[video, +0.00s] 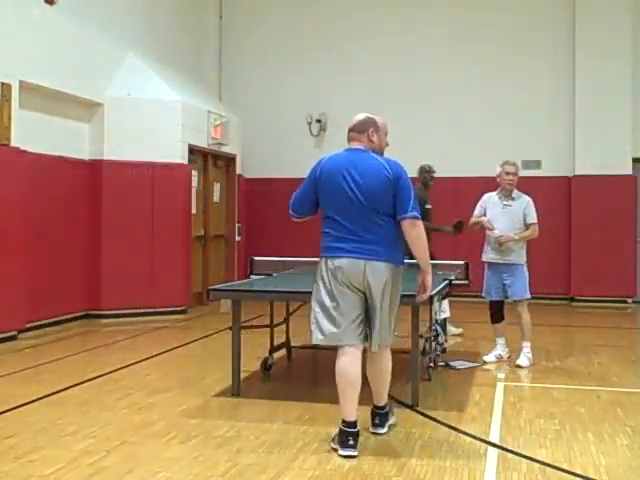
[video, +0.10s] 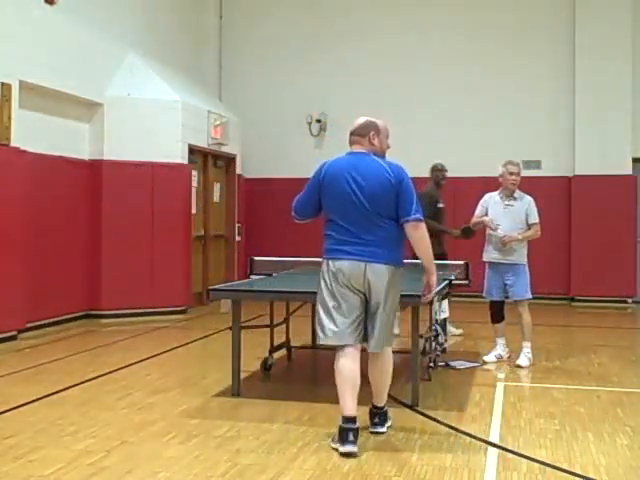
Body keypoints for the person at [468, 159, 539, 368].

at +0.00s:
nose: (510, 178)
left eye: (513, 175)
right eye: (506, 174)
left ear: (518, 178)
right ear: (498, 177)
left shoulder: (525, 202)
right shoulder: (487, 199)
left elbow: (533, 231)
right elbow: (471, 222)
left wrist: (512, 237)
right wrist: (481, 220)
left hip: (516, 262)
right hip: (493, 261)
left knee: (521, 305)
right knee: (495, 304)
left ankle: (526, 348)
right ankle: (500, 347)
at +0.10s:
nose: (514, 179)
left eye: (517, 175)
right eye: (510, 174)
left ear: (520, 178)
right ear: (500, 176)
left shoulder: (527, 202)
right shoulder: (488, 199)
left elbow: (536, 230)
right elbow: (473, 222)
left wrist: (516, 237)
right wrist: (483, 219)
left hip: (517, 262)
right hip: (493, 261)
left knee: (521, 305)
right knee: (495, 304)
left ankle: (526, 349)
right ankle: (501, 347)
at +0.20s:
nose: (516, 179)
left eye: (519, 175)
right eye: (512, 174)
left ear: (522, 178)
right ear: (502, 177)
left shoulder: (528, 202)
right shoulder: (489, 199)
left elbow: (537, 231)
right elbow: (474, 225)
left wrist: (518, 237)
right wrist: (486, 221)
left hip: (518, 262)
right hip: (494, 261)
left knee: (522, 305)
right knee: (496, 304)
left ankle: (526, 349)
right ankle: (501, 347)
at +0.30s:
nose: (517, 179)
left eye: (520, 175)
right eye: (513, 174)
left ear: (523, 178)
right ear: (503, 176)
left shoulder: (529, 202)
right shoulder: (490, 199)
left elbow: (538, 231)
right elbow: (476, 224)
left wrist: (520, 237)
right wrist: (487, 220)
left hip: (519, 262)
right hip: (495, 260)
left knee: (523, 305)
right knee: (496, 304)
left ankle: (526, 349)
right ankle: (501, 347)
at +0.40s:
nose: (518, 179)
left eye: (520, 175)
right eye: (514, 174)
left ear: (523, 178)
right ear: (503, 176)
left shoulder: (530, 202)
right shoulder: (491, 199)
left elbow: (539, 230)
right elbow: (478, 224)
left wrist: (522, 236)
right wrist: (486, 218)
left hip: (519, 261)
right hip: (496, 260)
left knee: (523, 305)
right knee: (496, 305)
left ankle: (526, 349)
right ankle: (501, 347)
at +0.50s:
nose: (516, 178)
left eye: (519, 175)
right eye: (512, 174)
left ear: (523, 178)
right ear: (503, 177)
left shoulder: (531, 202)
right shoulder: (492, 199)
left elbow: (540, 231)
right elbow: (480, 228)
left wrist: (521, 232)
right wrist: (485, 218)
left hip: (520, 261)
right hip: (496, 260)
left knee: (523, 305)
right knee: (497, 305)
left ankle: (526, 349)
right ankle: (501, 347)